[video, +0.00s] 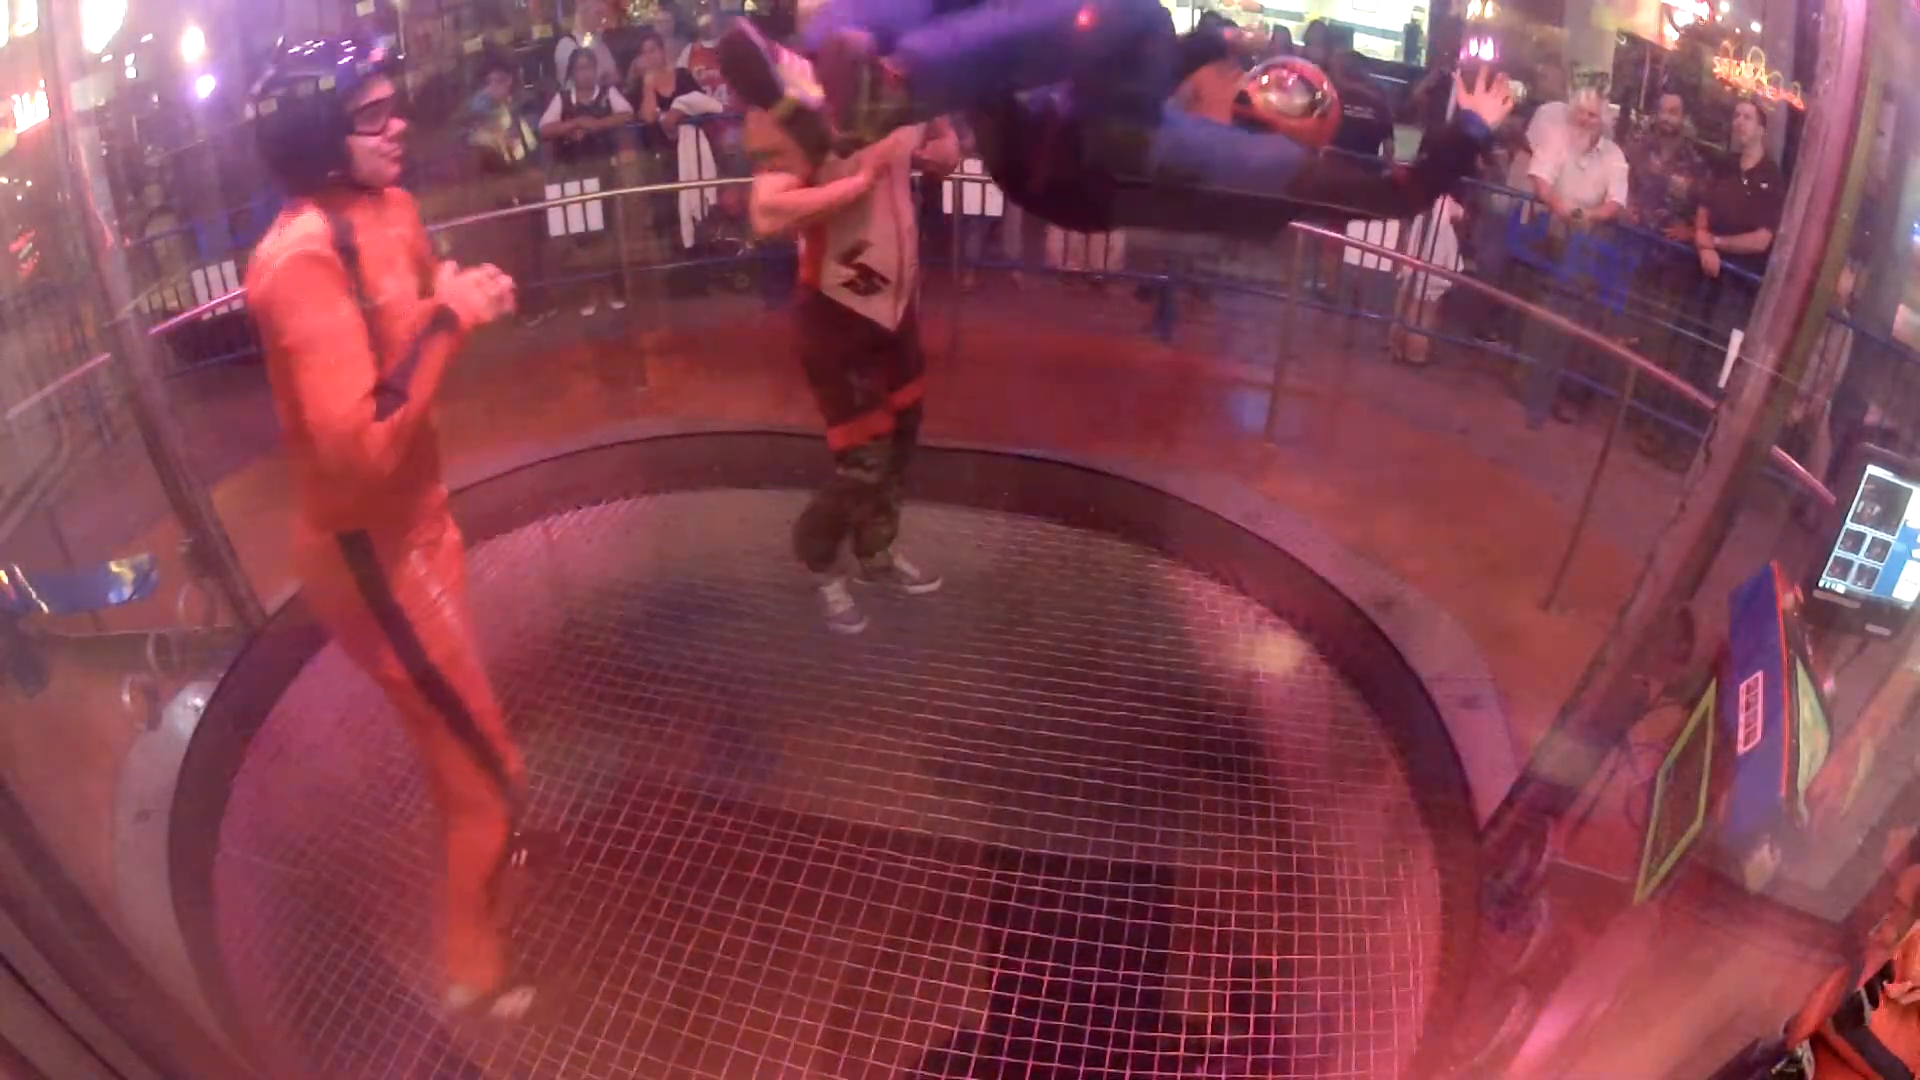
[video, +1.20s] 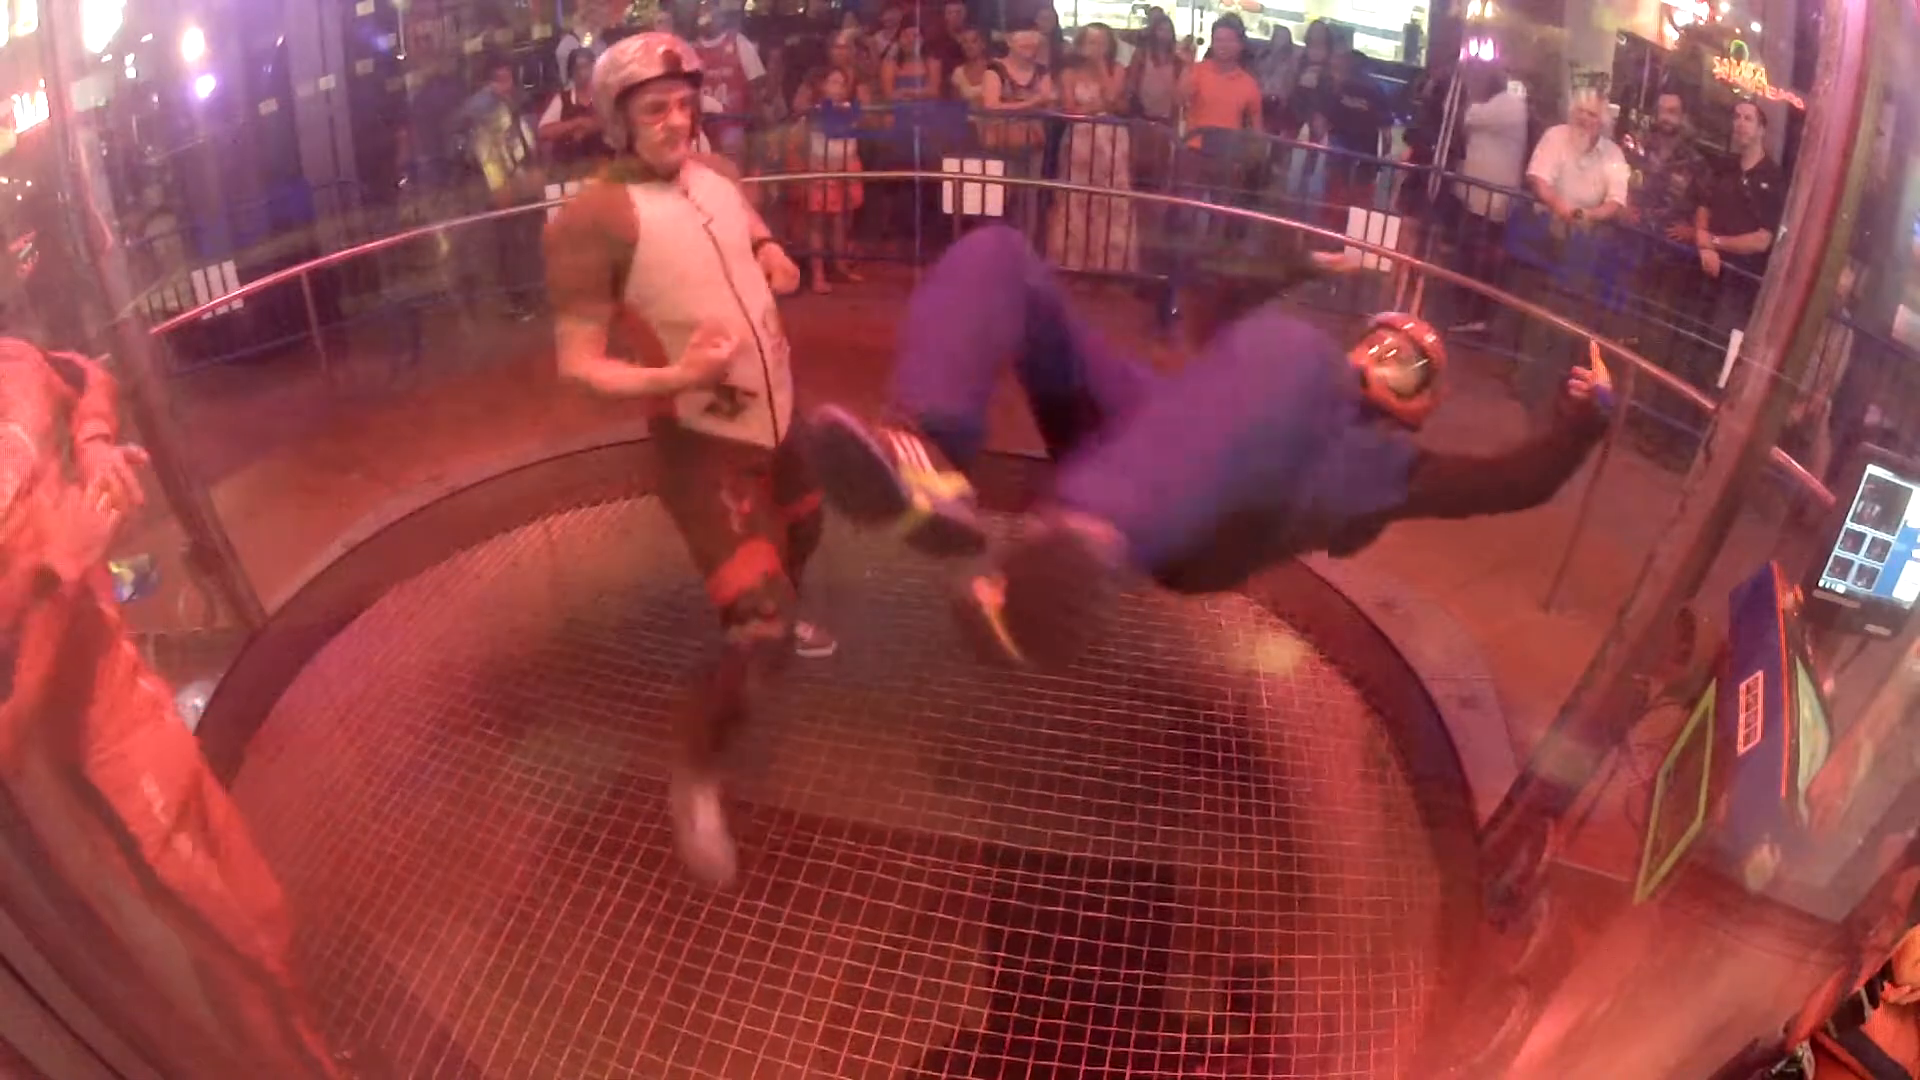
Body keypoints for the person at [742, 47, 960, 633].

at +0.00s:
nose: (869, 84)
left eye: (874, 71)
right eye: (854, 71)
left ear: (887, 83)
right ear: (832, 84)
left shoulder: (895, 131)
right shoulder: (801, 139)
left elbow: (943, 153)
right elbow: (767, 210)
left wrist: (940, 144)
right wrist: (854, 183)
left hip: (895, 311)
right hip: (835, 316)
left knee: (900, 442)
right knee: (865, 459)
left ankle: (876, 553)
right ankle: (821, 563)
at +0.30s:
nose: (772, 46)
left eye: (781, 32)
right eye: (758, 34)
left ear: (793, 40)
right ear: (732, 48)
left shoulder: (838, 124)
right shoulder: (717, 135)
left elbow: (874, 204)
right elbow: (686, 241)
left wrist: (864, 203)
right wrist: (790, 247)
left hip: (831, 320)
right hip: (766, 326)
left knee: (879, 436)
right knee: (765, 483)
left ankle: (869, 550)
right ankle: (713, 579)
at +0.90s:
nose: (695, 85)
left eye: (703, 71)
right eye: (677, 73)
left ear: (716, 77)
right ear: (646, 85)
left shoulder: (734, 138)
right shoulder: (620, 166)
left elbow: (776, 203)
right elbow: (606, 286)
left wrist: (777, 221)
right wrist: (688, 272)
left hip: (773, 355)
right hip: (702, 370)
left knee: (801, 494)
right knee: (747, 523)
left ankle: (773, 606)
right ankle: (713, 597)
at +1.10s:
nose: (684, 107)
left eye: (693, 92)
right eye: (665, 95)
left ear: (706, 96)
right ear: (631, 108)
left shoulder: (726, 166)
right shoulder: (604, 197)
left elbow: (764, 231)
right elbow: (585, 340)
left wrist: (777, 250)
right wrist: (686, 368)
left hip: (775, 397)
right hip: (706, 421)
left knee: (803, 525)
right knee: (770, 596)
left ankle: (789, 617)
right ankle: (701, 667)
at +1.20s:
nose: (673, 120)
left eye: (682, 105)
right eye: (653, 110)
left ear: (697, 109)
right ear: (616, 123)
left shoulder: (712, 174)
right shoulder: (593, 217)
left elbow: (751, 242)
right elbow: (579, 365)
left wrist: (775, 260)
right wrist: (675, 377)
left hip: (777, 421)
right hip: (704, 444)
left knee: (800, 528)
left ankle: (782, 622)